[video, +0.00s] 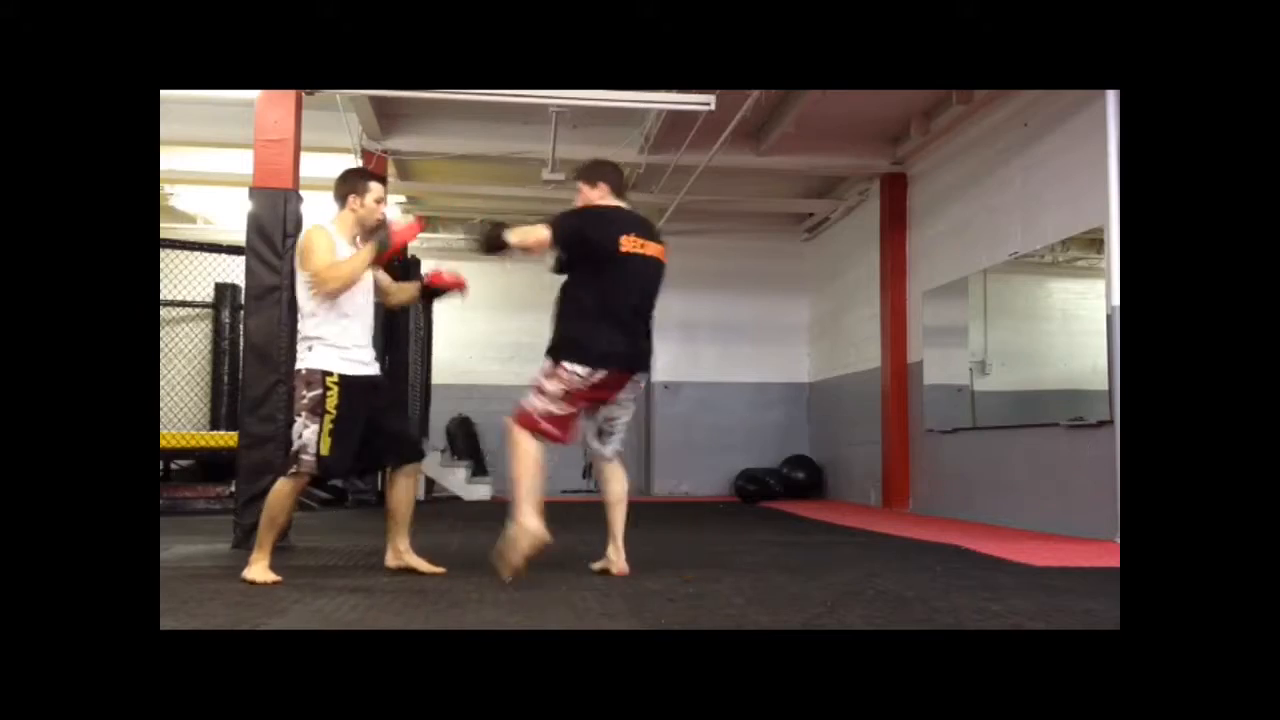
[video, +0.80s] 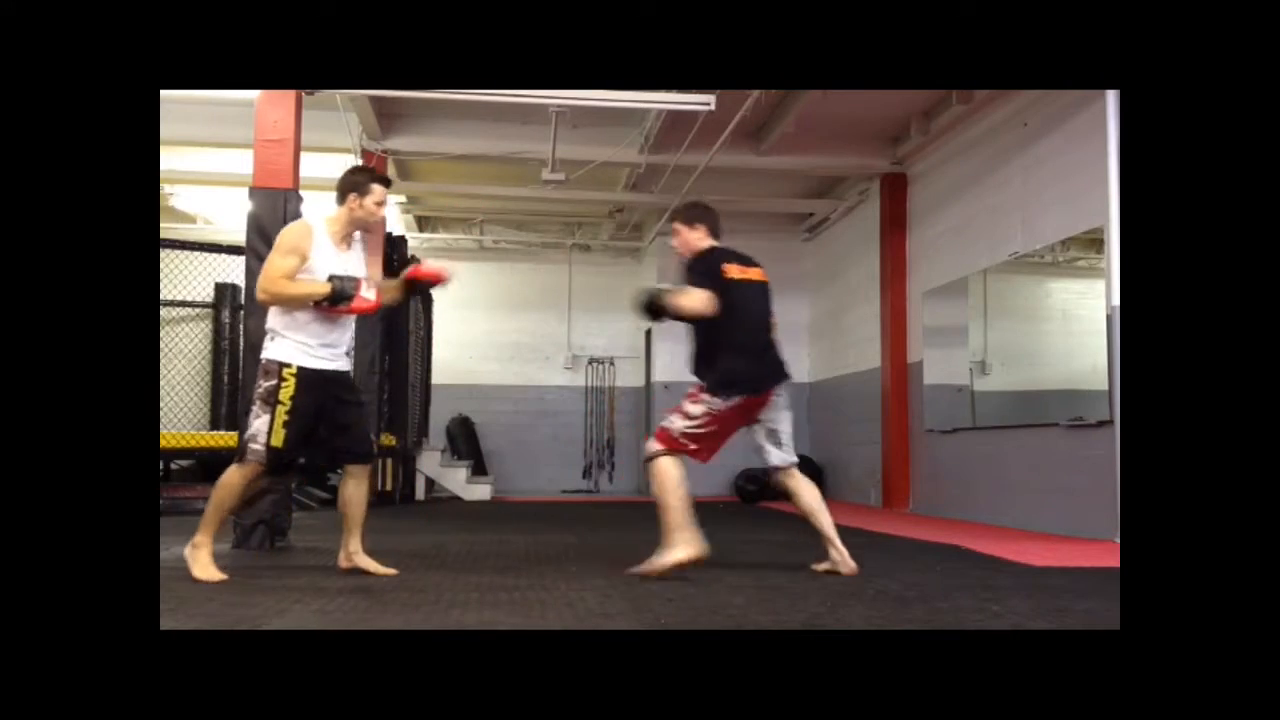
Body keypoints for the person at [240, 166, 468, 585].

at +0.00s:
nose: (384, 211)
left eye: (385, 203)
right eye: (378, 202)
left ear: (359, 204)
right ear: (352, 201)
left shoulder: (362, 250)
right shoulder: (317, 238)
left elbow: (392, 294)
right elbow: (328, 283)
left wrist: (429, 285)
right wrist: (378, 246)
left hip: (365, 372)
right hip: (322, 370)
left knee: (405, 456)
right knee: (303, 468)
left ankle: (399, 549)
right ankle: (259, 560)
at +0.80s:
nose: (383, 212)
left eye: (384, 205)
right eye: (378, 204)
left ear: (361, 203)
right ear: (352, 200)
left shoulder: (355, 247)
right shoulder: (301, 233)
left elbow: (365, 295)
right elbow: (266, 288)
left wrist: (409, 283)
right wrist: (330, 290)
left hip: (335, 369)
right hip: (289, 364)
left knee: (359, 459)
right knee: (257, 462)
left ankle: (352, 550)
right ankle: (200, 544)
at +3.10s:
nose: (398, 202)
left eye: (399, 194)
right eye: (393, 192)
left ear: (370, 196)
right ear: (366, 193)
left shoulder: (373, 241)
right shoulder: (333, 231)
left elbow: (403, 280)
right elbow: (373, 269)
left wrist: (426, 247)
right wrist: (407, 227)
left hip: (372, 368)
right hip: (335, 365)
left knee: (410, 455)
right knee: (333, 465)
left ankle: (400, 544)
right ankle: (287, 561)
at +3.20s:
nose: (400, 198)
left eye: (400, 190)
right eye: (393, 189)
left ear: (373, 195)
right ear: (367, 192)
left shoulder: (373, 239)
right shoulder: (333, 230)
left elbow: (402, 275)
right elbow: (373, 264)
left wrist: (425, 241)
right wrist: (405, 222)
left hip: (375, 365)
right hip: (336, 364)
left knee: (421, 446)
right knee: (329, 464)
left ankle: (412, 536)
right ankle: (287, 561)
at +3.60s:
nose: (443, 204)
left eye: (442, 197)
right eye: (436, 196)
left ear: (419, 200)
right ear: (412, 198)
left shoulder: (421, 246)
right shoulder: (384, 237)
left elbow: (445, 290)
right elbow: (406, 280)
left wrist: (469, 265)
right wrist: (436, 236)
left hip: (418, 370)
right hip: (386, 367)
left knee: (449, 459)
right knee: (375, 462)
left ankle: (450, 551)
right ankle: (298, 545)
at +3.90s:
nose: (470, 227)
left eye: (472, 220)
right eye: (467, 218)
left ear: (438, 215)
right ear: (443, 212)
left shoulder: (402, 252)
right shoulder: (441, 237)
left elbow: (408, 300)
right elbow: (505, 233)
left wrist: (449, 295)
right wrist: (553, 210)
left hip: (412, 371)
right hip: (409, 372)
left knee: (449, 458)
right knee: (389, 465)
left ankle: (450, 551)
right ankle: (307, 544)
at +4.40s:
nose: (410, 207)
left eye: (411, 199)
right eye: (403, 198)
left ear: (387, 203)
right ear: (375, 200)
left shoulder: (402, 250)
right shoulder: (341, 245)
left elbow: (445, 290)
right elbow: (319, 302)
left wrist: (472, 254)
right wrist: (350, 258)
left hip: (398, 376)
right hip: (351, 374)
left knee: (427, 469)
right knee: (320, 469)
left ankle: (446, 552)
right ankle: (279, 559)